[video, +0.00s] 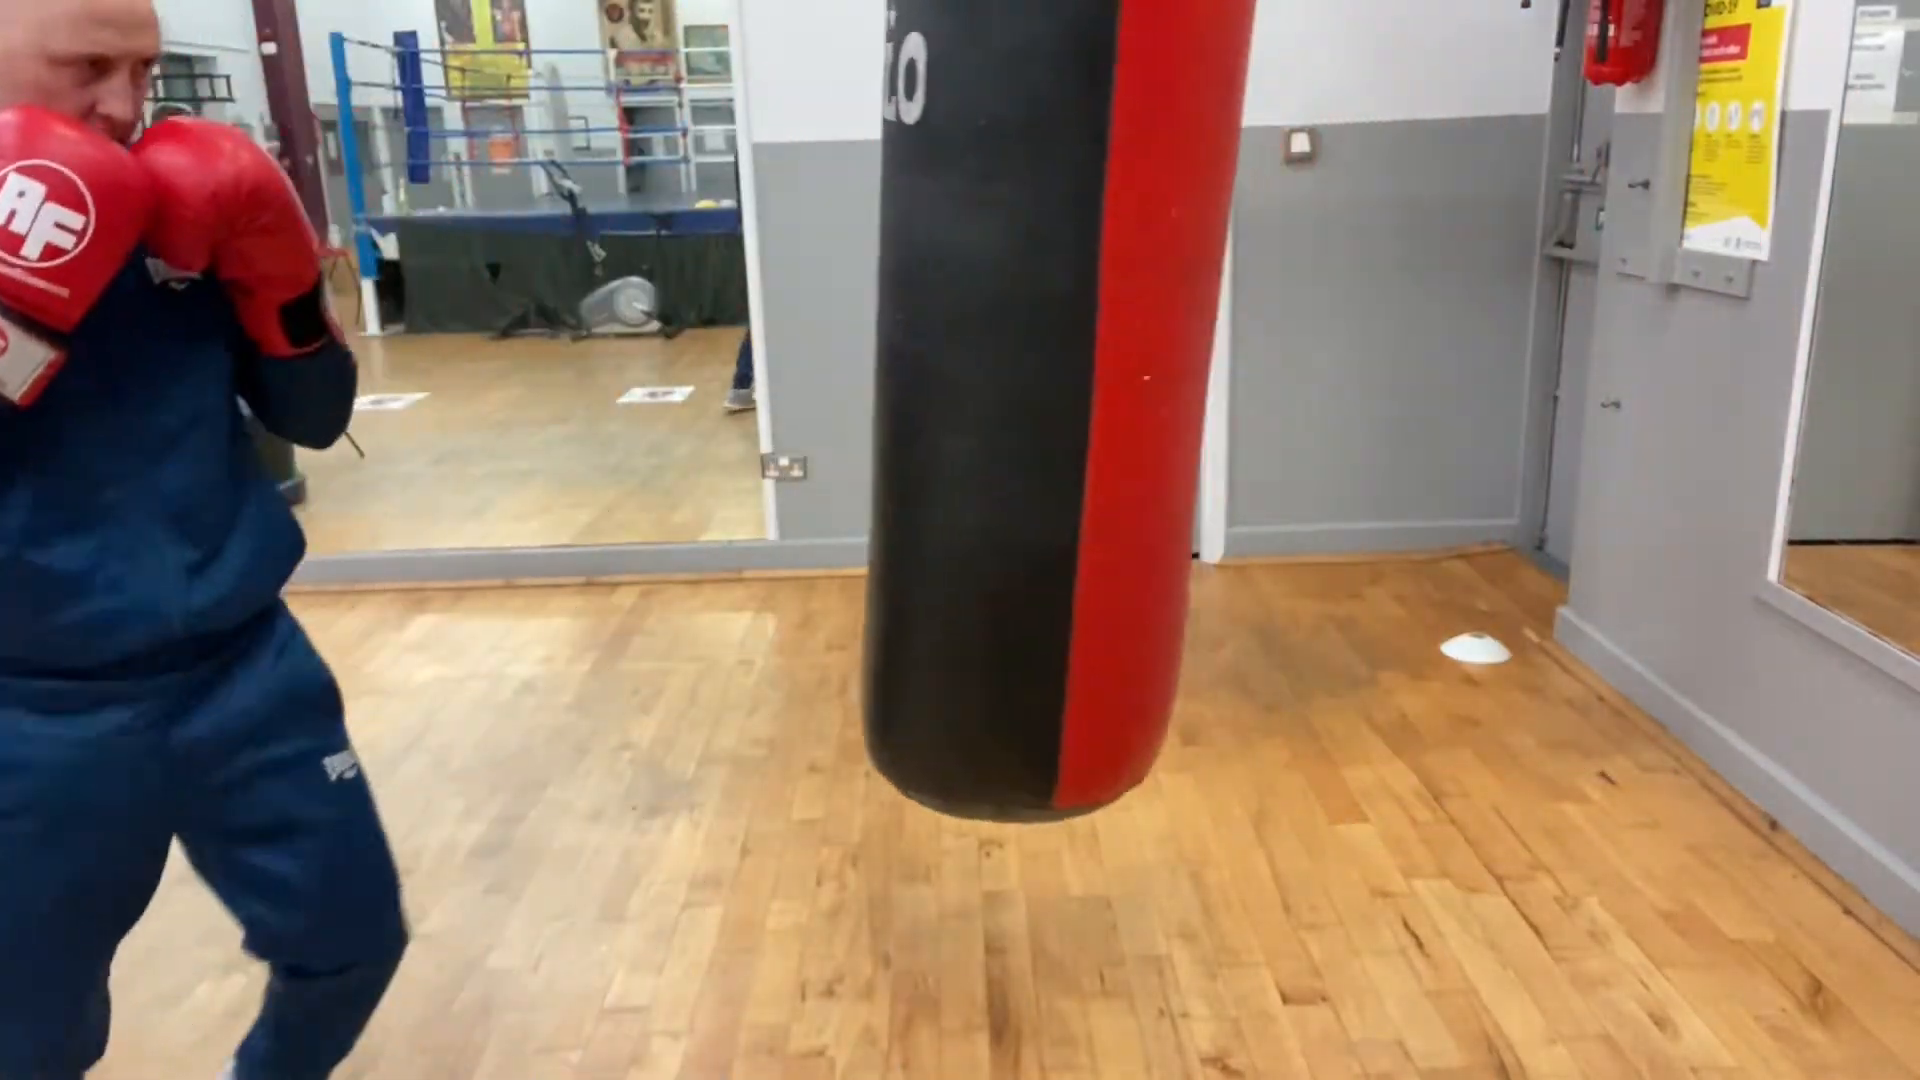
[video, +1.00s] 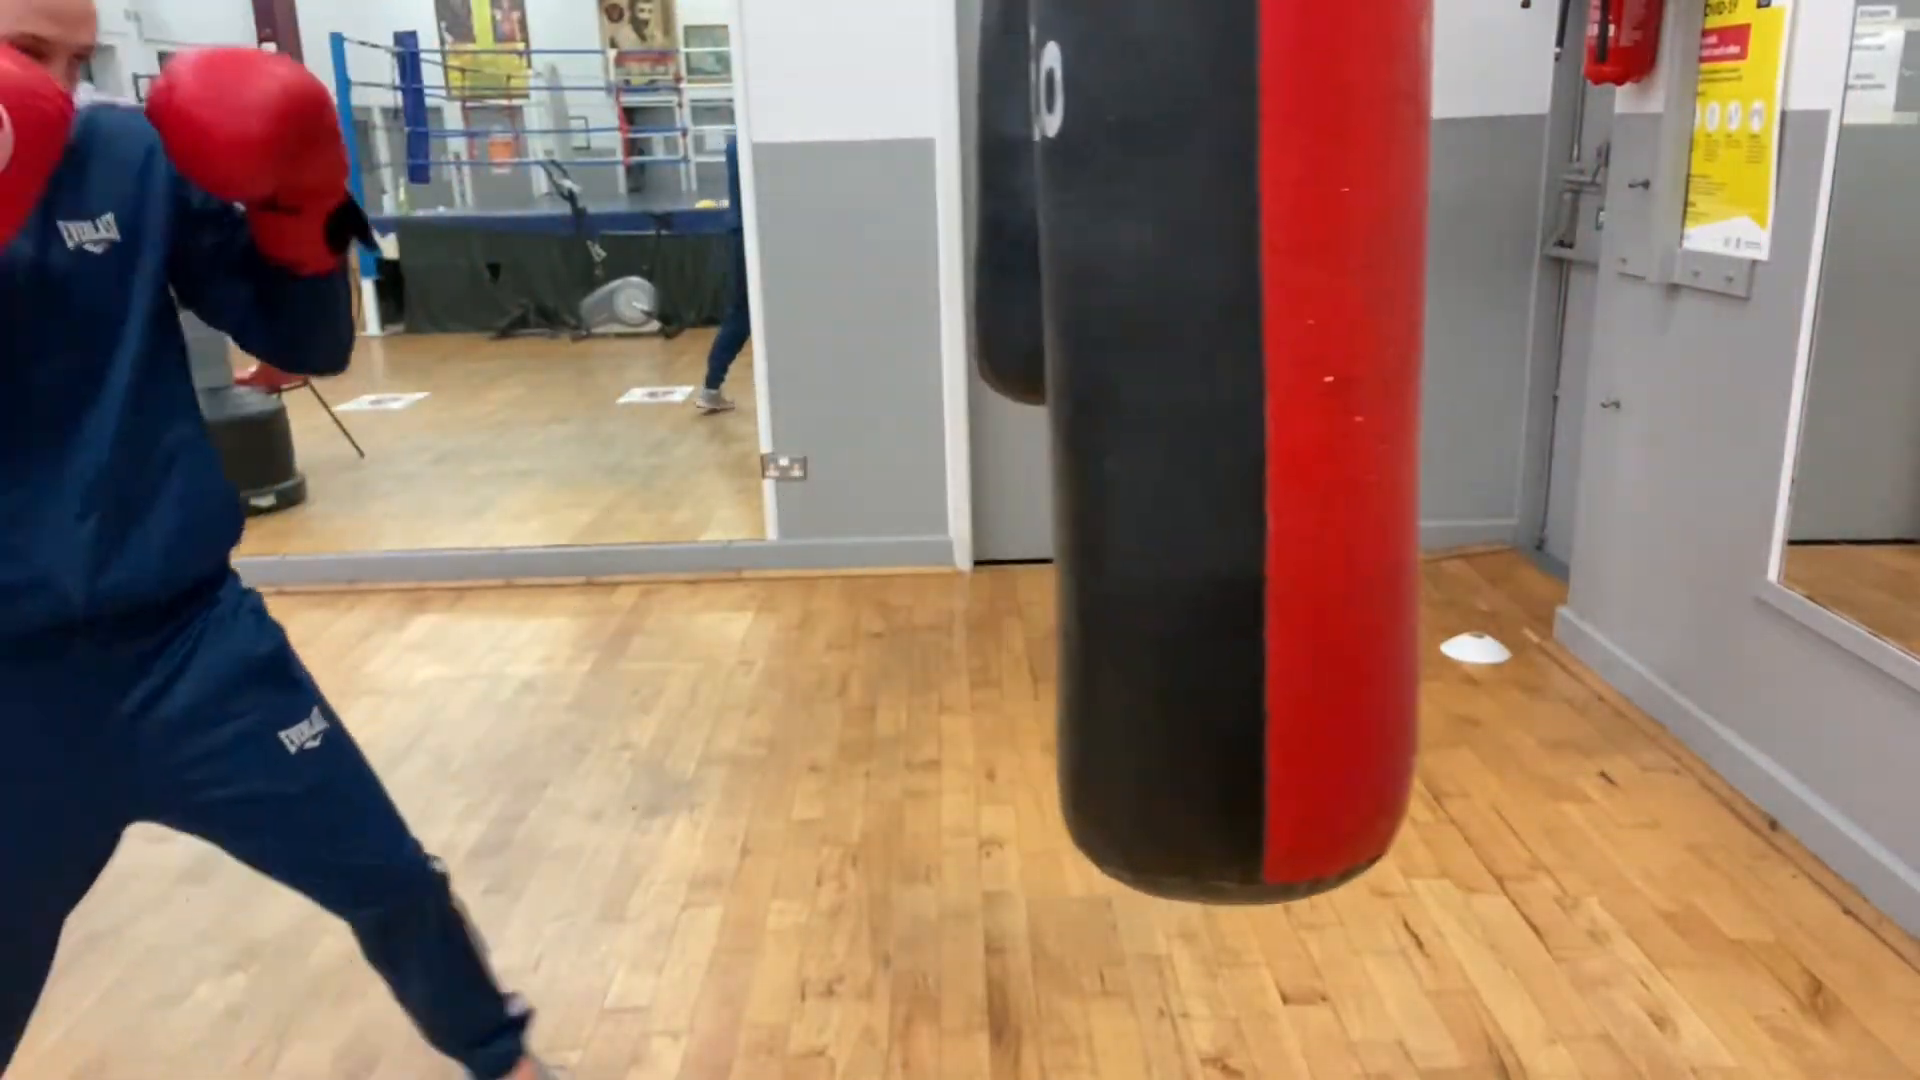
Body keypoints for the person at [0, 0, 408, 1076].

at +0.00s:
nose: (124, 105)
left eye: (143, 70)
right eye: (86, 70)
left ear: (161, 66)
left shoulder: (188, 208)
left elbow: (315, 417)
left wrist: (281, 274)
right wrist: (22, 314)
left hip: (244, 673)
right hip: (40, 713)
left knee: (351, 940)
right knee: (36, 1048)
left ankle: (274, 1076)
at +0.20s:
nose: (108, 20)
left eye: (124, 2)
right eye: (73, 8)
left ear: (145, 11)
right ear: (9, 17)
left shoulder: (184, 130)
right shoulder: (9, 161)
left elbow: (307, 346)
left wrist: (275, 189)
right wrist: (30, 208)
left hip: (222, 594)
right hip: (34, 619)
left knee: (300, 866)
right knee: (28, 966)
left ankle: (303, 1051)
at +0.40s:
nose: (133, 113)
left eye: (152, 81)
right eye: (102, 78)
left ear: (168, 76)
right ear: (8, 61)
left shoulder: (182, 205)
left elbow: (298, 412)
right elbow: (2, 479)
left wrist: (272, 276)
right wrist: (45, 316)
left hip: (240, 640)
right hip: (51, 686)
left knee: (325, 867)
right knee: (29, 1008)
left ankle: (315, 1046)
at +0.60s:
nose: (35, 30)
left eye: (49, 12)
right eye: (17, 14)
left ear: (62, 13)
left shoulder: (103, 128)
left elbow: (273, 326)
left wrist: (229, 165)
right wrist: (8, 145)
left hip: (150, 589)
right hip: (7, 618)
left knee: (253, 859)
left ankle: (268, 1043)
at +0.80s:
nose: (12, 73)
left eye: (13, 62)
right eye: (1, 64)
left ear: (20, 53)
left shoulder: (73, 184)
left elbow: (207, 392)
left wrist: (206, 281)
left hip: (136, 649)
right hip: (4, 693)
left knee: (290, 906)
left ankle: (258, 1043)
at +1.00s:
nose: (62, 79)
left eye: (78, 57)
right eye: (40, 54)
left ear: (92, 44)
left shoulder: (127, 151)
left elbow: (305, 344)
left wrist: (299, 210)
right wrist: (10, 197)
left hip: (189, 644)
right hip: (22, 683)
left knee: (393, 883)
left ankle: (504, 1059)